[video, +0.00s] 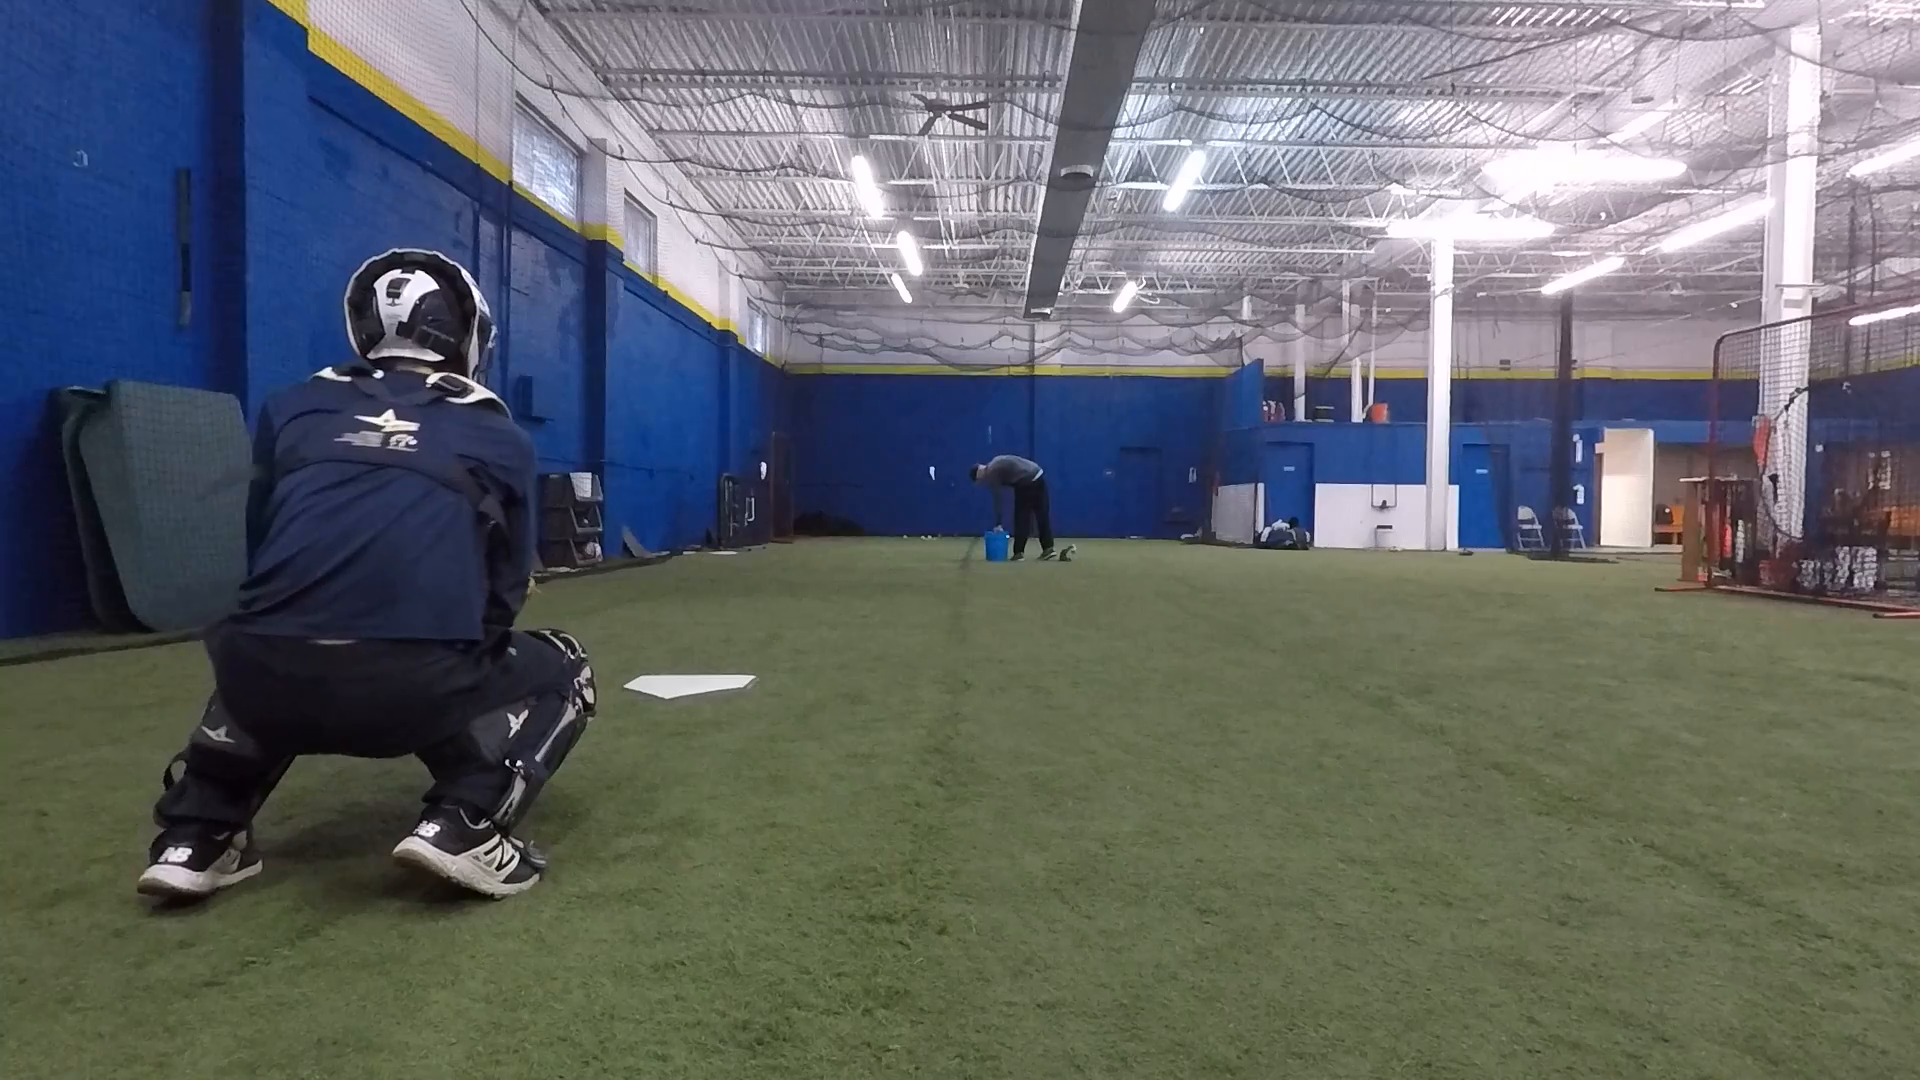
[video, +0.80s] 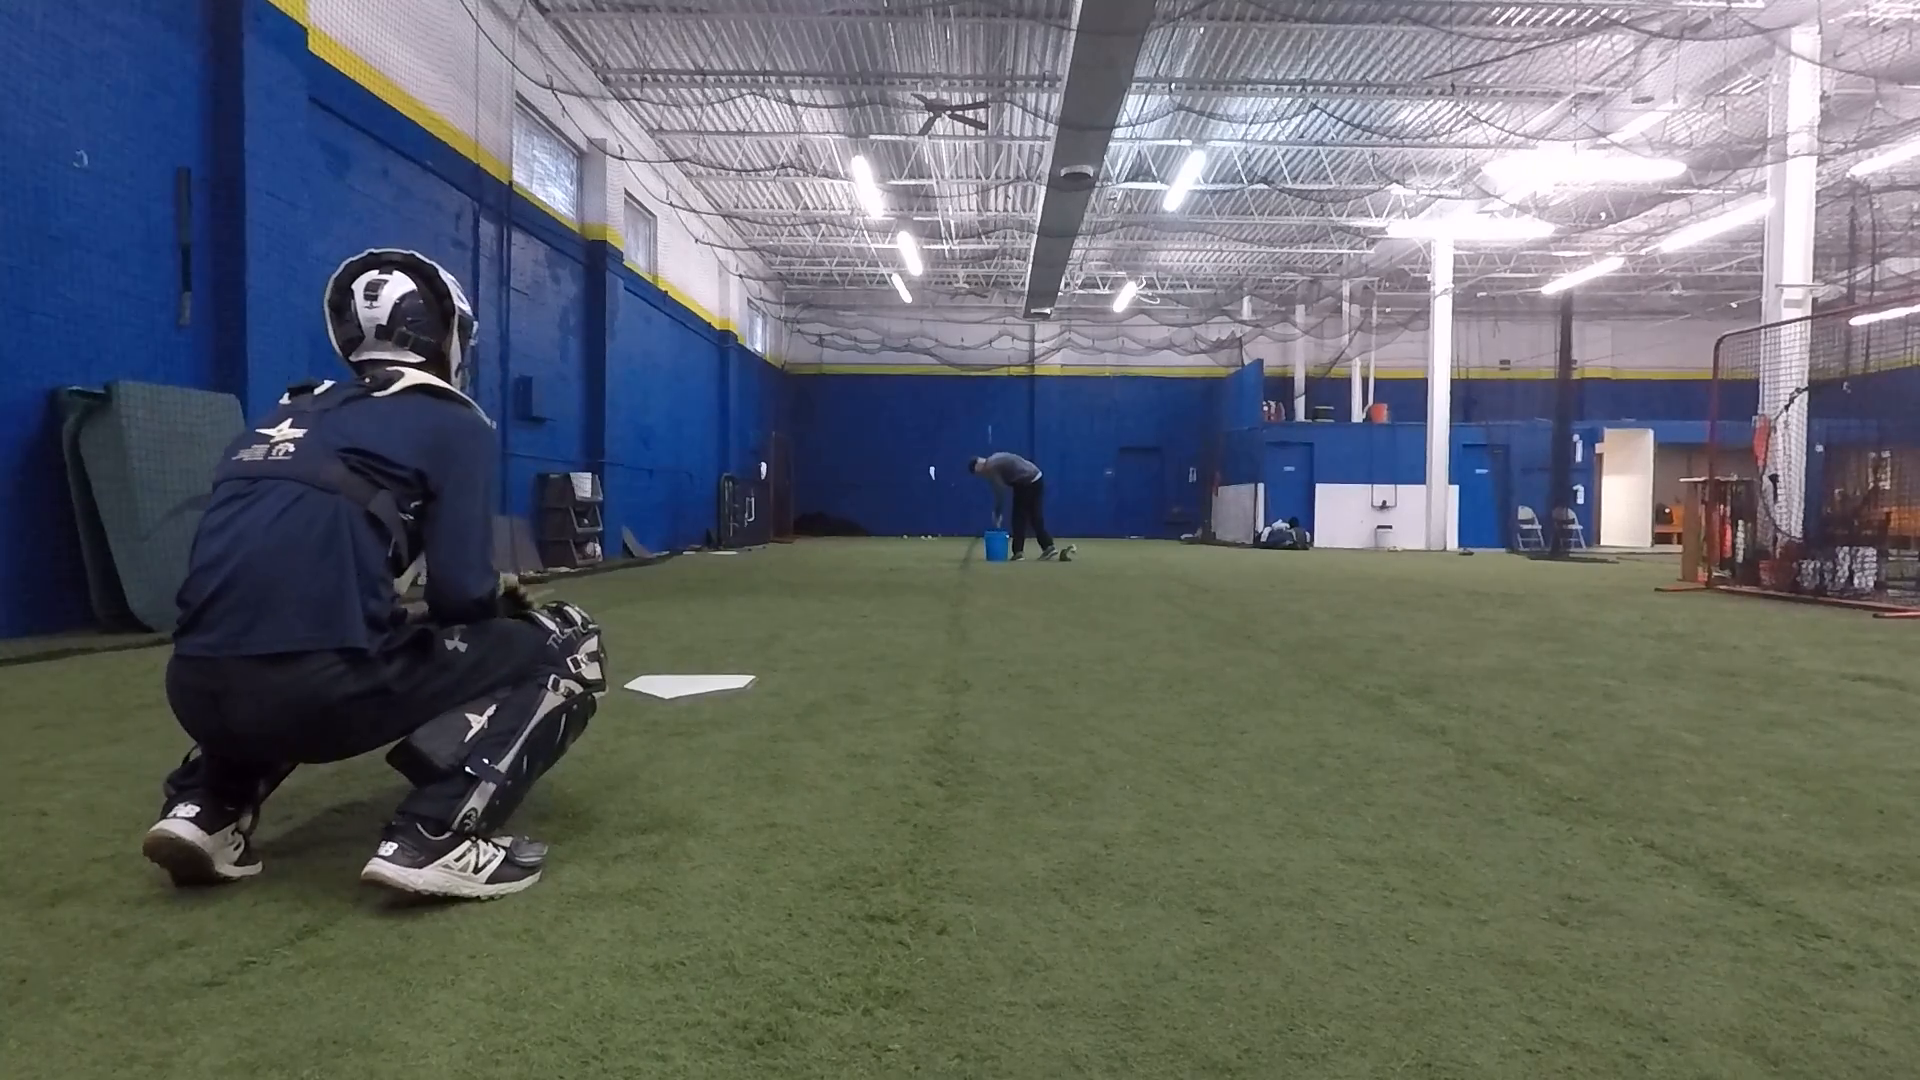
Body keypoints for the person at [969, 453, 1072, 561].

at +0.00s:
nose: (982, 480)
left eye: (980, 478)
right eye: (980, 479)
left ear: (980, 471)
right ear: (980, 473)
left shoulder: (995, 468)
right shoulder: (992, 474)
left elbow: (998, 500)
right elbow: (997, 499)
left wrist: (998, 524)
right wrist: (998, 524)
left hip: (1036, 480)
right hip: (1021, 485)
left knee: (1042, 516)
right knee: (1021, 519)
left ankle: (1048, 549)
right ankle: (1018, 552)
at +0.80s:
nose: (980, 474)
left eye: (978, 471)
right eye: (977, 473)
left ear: (979, 465)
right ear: (980, 462)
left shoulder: (992, 466)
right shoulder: (991, 465)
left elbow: (1001, 490)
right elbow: (999, 491)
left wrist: (998, 513)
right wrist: (997, 513)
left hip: (1033, 481)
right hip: (1019, 484)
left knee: (1035, 517)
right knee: (1018, 519)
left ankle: (1048, 547)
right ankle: (1017, 551)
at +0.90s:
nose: (979, 463)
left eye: (977, 460)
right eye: (977, 462)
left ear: (980, 455)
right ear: (982, 452)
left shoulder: (992, 460)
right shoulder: (995, 452)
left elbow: (1003, 482)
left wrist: (997, 499)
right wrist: (997, 497)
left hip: (1027, 482)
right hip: (1018, 483)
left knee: (1023, 518)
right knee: (1016, 518)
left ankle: (1043, 545)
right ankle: (1017, 551)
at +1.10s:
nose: (981, 448)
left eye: (980, 445)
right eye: (979, 445)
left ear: (983, 441)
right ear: (988, 436)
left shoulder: (995, 449)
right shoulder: (1002, 443)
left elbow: (1006, 468)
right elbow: (1010, 466)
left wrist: (996, 478)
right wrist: (1001, 479)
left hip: (1017, 483)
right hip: (1024, 480)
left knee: (1008, 515)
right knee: (1012, 514)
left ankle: (1017, 549)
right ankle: (1019, 543)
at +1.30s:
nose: (984, 440)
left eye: (984, 436)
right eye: (982, 437)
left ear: (989, 433)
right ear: (988, 434)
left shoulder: (1001, 445)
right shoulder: (999, 446)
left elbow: (1008, 466)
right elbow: (1004, 467)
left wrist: (995, 473)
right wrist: (994, 472)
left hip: (1013, 487)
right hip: (1008, 487)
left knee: (1009, 517)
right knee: (1001, 517)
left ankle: (1016, 549)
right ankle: (998, 549)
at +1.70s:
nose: (996, 431)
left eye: (998, 427)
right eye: (994, 428)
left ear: (1004, 427)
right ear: (992, 431)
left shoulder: (1014, 444)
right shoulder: (992, 447)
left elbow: (1020, 464)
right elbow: (991, 462)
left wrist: (1001, 469)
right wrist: (989, 468)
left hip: (1011, 487)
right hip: (997, 488)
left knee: (1010, 516)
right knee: (996, 517)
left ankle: (1025, 541)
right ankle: (995, 546)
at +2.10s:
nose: (1016, 429)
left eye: (1018, 426)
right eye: (1013, 426)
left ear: (1023, 428)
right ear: (1010, 429)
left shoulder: (1029, 446)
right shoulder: (1003, 446)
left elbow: (1036, 466)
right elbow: (999, 463)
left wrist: (1022, 475)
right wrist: (1002, 472)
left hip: (1022, 488)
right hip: (1006, 487)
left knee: (1022, 519)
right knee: (1002, 517)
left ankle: (1024, 548)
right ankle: (999, 547)